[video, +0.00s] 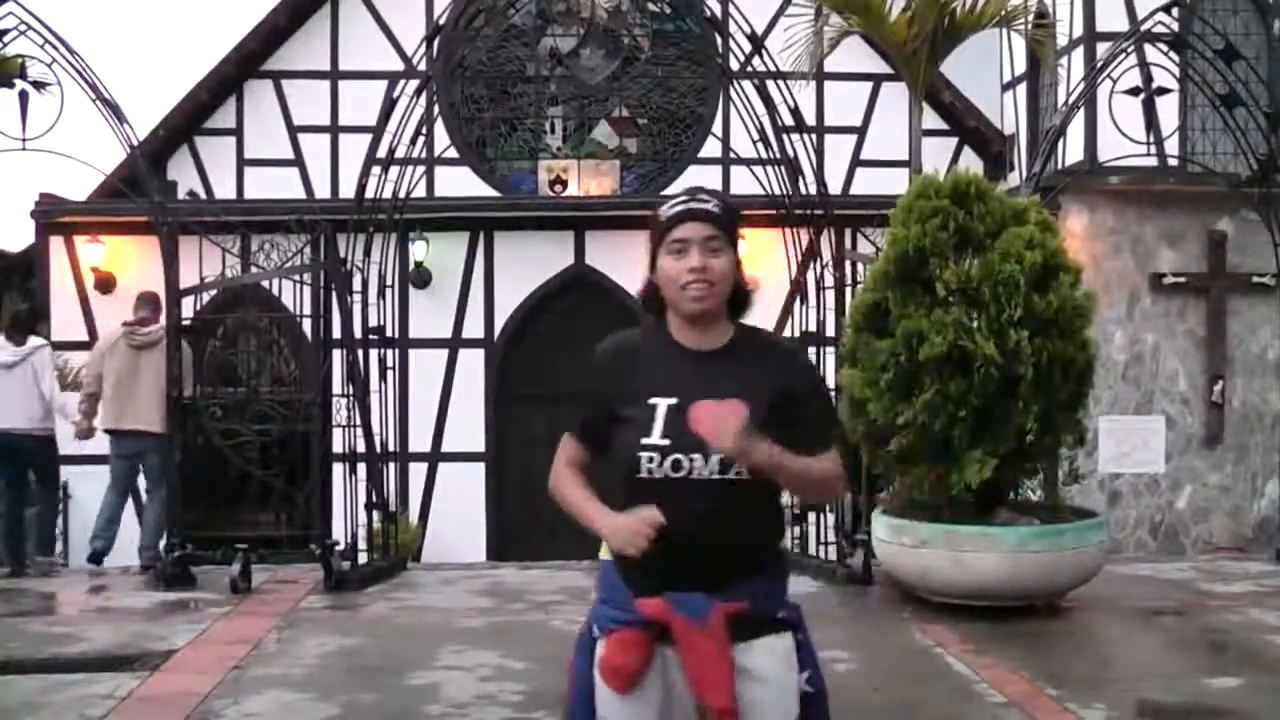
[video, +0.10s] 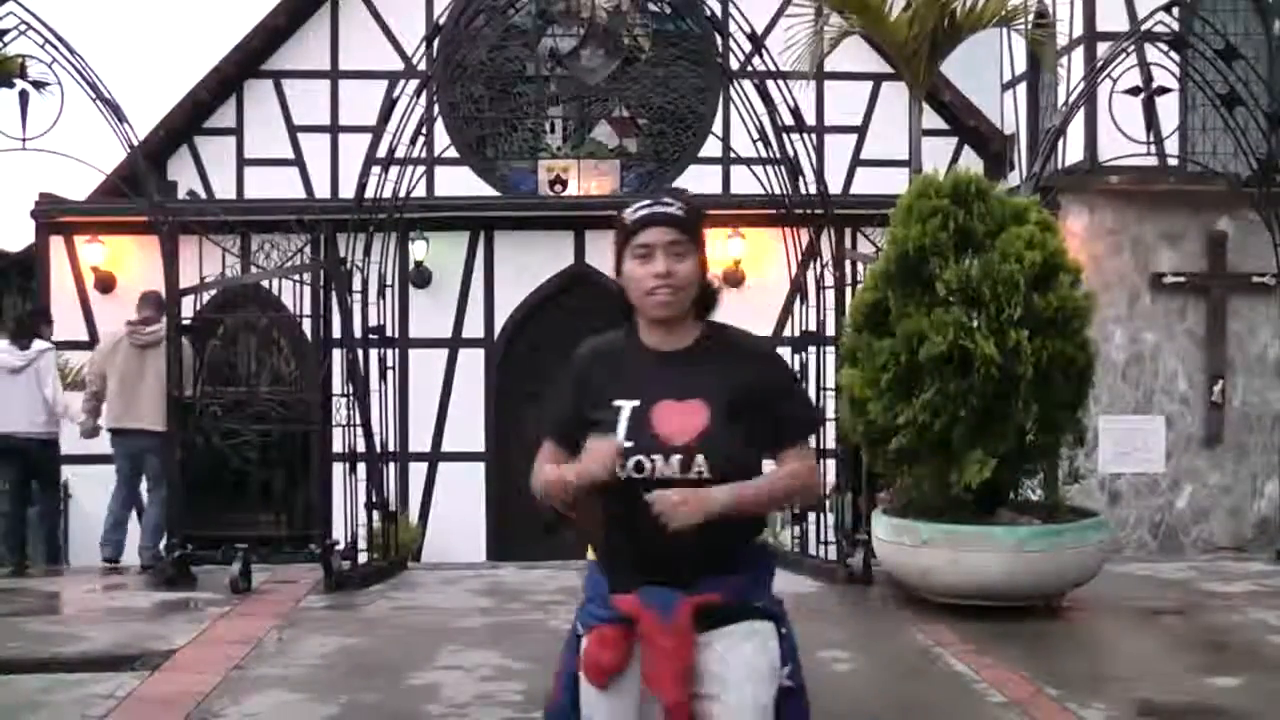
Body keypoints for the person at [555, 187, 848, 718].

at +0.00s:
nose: (697, 265)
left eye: (713, 249)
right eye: (679, 252)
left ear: (737, 266)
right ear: (656, 271)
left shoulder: (781, 362)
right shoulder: (620, 359)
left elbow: (833, 479)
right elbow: (562, 471)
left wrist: (758, 452)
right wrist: (608, 523)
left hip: (750, 615)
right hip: (635, 614)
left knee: (775, 708)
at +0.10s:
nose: (661, 271)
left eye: (678, 254)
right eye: (643, 257)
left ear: (703, 266)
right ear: (620, 272)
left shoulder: (753, 361)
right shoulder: (595, 362)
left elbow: (804, 477)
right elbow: (543, 476)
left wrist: (714, 500)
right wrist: (579, 473)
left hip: (731, 608)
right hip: (618, 608)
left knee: (749, 709)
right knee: (592, 708)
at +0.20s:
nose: (644, 266)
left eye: (660, 249)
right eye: (627, 252)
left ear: (687, 262)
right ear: (606, 267)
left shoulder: (741, 355)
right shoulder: (585, 358)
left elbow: (796, 465)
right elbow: (538, 476)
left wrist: (698, 485)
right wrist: (575, 454)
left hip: (721, 599)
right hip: (612, 599)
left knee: (731, 710)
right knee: (597, 709)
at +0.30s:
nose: (634, 265)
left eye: (650, 248)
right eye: (617, 251)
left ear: (677, 262)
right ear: (598, 268)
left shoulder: (731, 353)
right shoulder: (575, 361)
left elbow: (790, 459)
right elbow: (533, 476)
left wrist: (688, 452)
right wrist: (569, 467)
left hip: (714, 595)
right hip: (606, 598)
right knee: (592, 709)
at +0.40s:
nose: (625, 261)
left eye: (642, 246)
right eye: (608, 249)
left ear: (671, 261)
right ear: (589, 269)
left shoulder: (720, 349)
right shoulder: (572, 362)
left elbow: (774, 461)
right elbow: (539, 469)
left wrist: (673, 428)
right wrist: (551, 513)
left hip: (704, 597)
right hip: (602, 598)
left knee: (698, 710)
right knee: (595, 710)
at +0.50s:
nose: (621, 263)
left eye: (638, 247)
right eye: (605, 250)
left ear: (667, 261)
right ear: (587, 269)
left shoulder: (715, 351)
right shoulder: (571, 363)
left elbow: (766, 467)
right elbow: (539, 468)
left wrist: (655, 448)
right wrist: (539, 510)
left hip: (703, 594)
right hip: (603, 595)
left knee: (688, 711)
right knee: (596, 711)